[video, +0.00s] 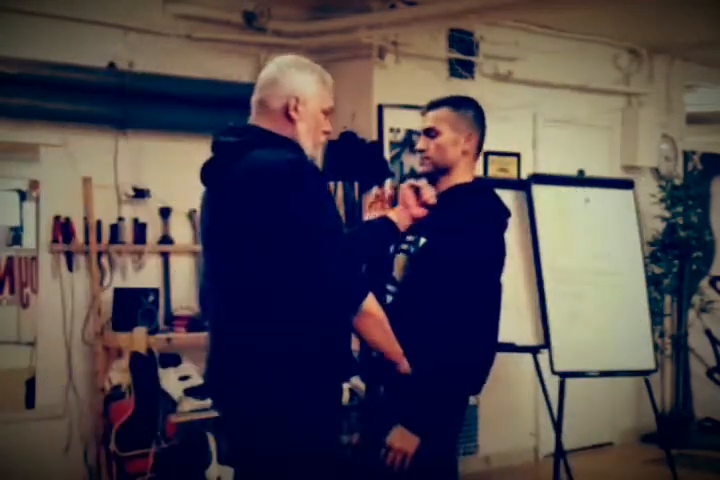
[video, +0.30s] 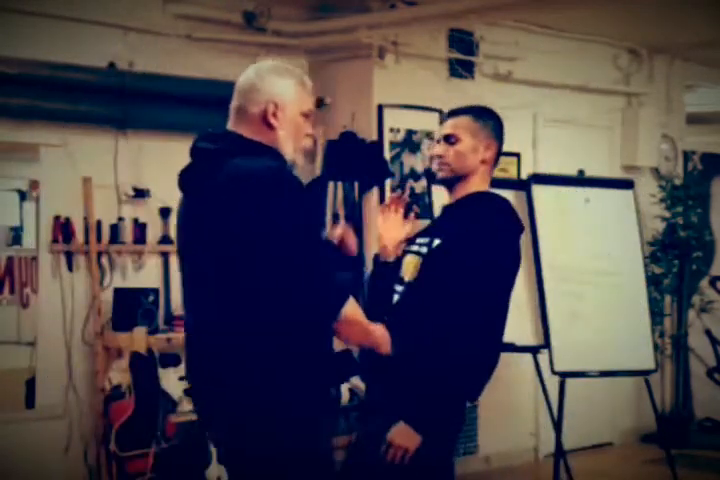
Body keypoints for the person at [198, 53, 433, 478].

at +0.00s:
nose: (330, 129)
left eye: (330, 116)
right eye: (325, 114)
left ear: (287, 108)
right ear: (294, 109)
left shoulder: (231, 169)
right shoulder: (292, 175)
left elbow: (326, 260)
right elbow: (348, 294)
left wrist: (394, 219)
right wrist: (399, 359)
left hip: (244, 382)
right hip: (296, 390)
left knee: (259, 468)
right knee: (302, 469)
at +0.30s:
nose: (312, 130)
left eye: (312, 117)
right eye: (306, 115)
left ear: (267, 114)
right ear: (272, 116)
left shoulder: (206, 180)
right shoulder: (270, 183)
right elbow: (317, 294)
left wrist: (329, 253)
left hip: (228, 388)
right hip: (279, 396)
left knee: (253, 471)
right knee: (300, 470)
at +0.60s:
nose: (246, 109)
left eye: (245, 97)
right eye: (241, 95)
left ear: (176, 94)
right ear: (209, 93)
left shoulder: (138, 157)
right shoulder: (211, 160)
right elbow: (306, 232)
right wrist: (345, 176)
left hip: (147, 370)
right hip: (206, 375)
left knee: (169, 467)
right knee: (219, 468)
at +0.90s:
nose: (170, 112)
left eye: (168, 100)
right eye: (161, 98)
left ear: (123, 104)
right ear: (123, 104)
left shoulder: (79, 164)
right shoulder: (117, 171)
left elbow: (150, 239)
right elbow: (208, 249)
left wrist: (210, 230)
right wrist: (303, 245)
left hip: (68, 383)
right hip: (110, 392)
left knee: (61, 469)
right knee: (117, 471)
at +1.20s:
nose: (123, 109)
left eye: (122, 96)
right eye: (115, 93)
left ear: (74, 95)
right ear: (77, 93)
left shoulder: (23, 150)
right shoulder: (73, 160)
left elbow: (88, 240)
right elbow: (158, 240)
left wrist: (161, 224)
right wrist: (252, 249)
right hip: (67, 382)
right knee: (77, 464)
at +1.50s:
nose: (114, 106)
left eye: (113, 93)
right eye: (105, 91)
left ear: (65, 95)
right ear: (67, 93)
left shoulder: (25, 150)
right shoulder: (62, 159)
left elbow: (92, 249)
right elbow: (142, 245)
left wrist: (163, 240)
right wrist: (241, 257)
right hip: (65, 382)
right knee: (80, 464)